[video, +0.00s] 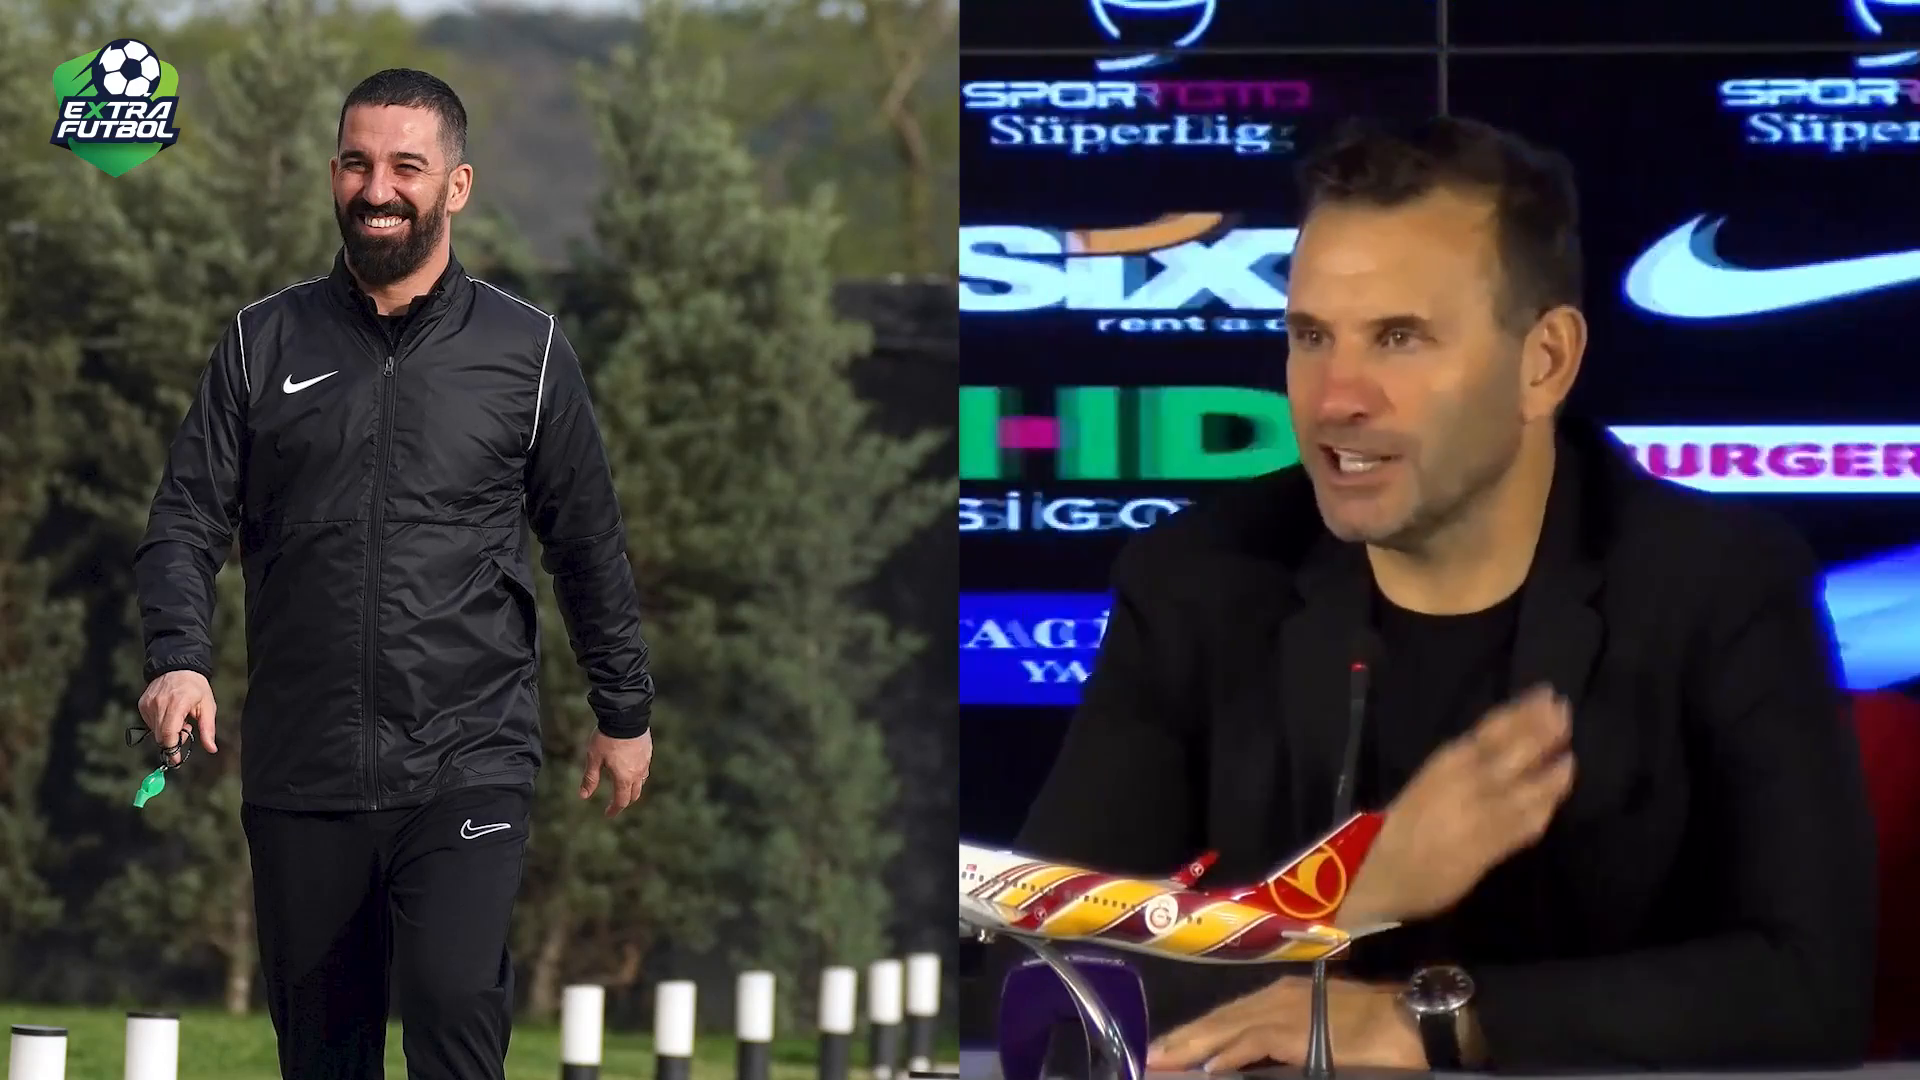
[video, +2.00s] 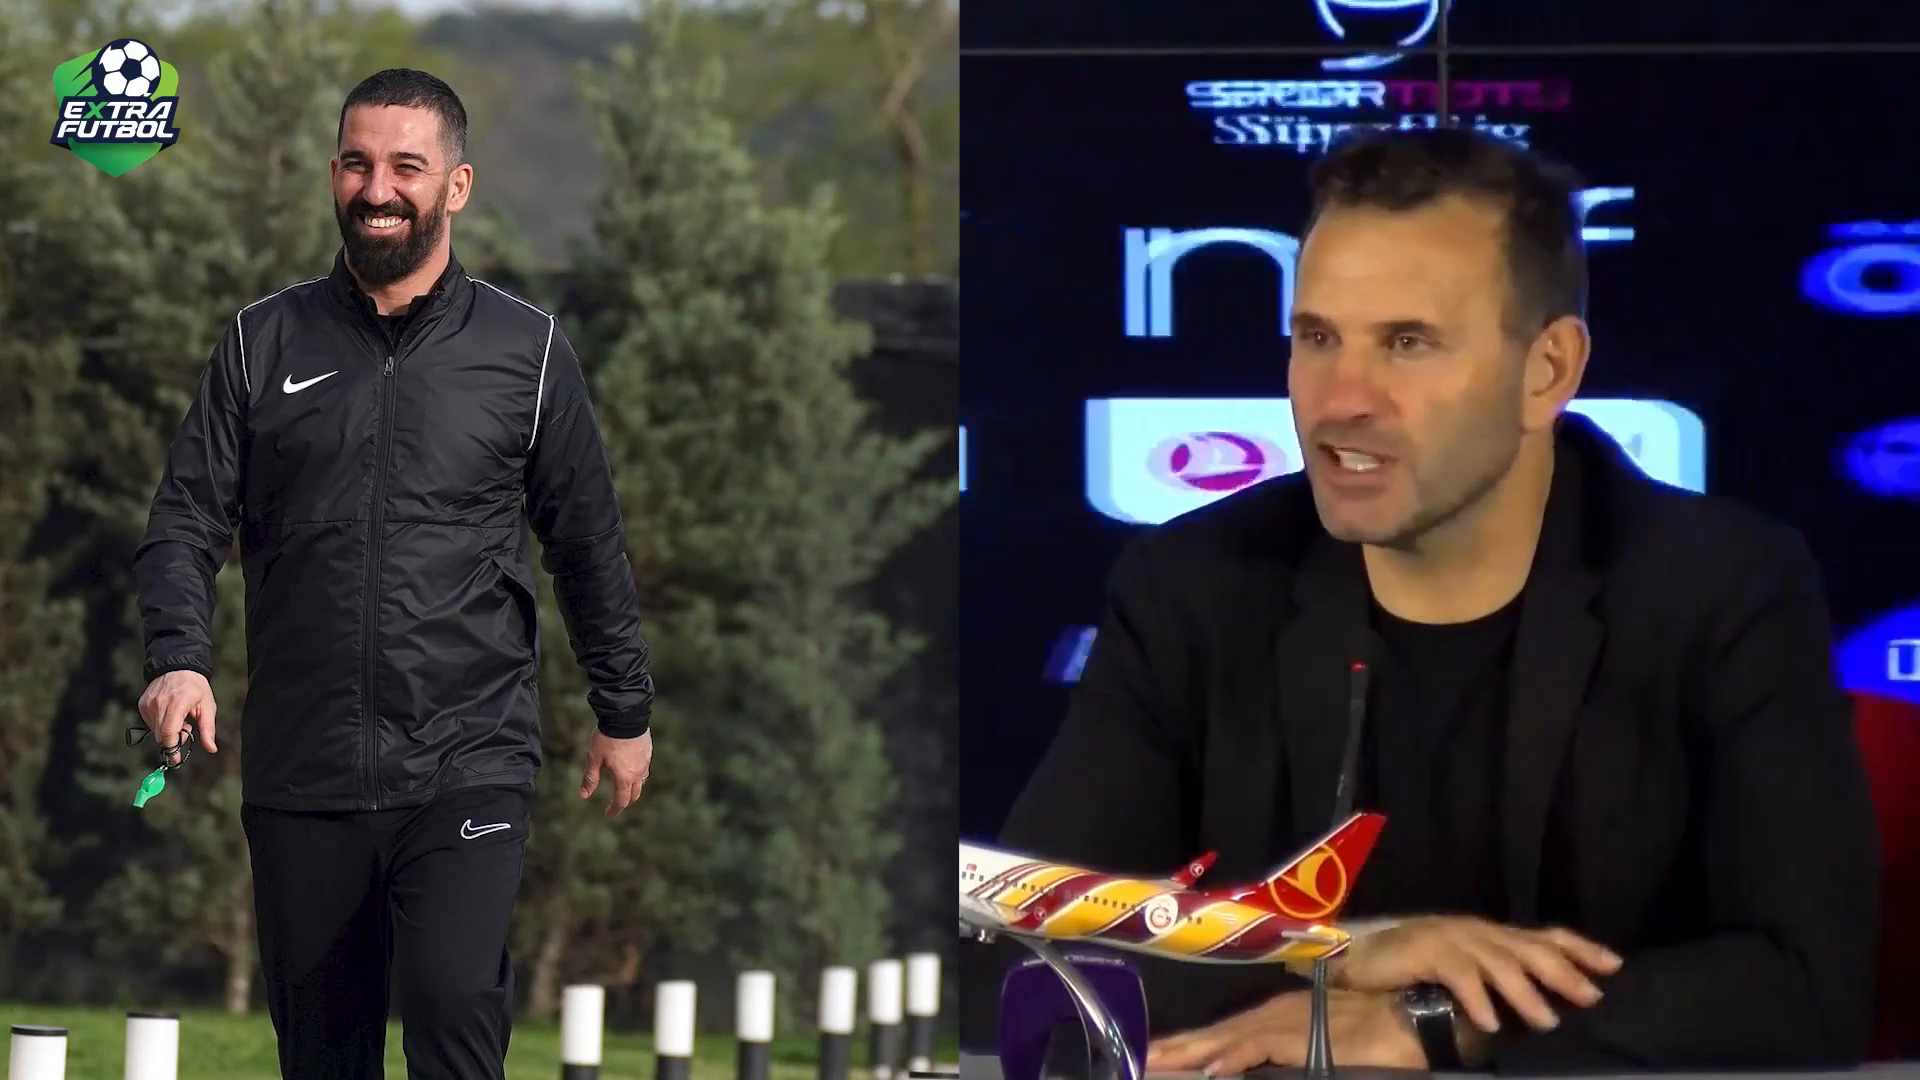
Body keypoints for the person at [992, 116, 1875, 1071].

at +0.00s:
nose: (1335, 394)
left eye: (1399, 338)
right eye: (1310, 336)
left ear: (1545, 362)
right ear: (1285, 345)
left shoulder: (1723, 591)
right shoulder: (1199, 583)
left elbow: (1813, 992)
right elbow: (1043, 966)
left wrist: (1430, 1021)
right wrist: (1358, 887)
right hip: (1260, 1078)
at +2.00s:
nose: (1338, 396)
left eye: (1407, 344)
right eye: (1316, 338)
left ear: (1550, 371)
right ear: (1290, 342)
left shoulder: (1724, 590)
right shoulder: (1189, 586)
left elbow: (1807, 989)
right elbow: (1029, 963)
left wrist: (1428, 1027)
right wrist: (1328, 958)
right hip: (1247, 1073)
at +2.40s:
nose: (1332, 397)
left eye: (1401, 343)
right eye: (1310, 337)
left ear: (1546, 370)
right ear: (1285, 341)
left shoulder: (1721, 595)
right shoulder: (1183, 591)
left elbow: (1808, 990)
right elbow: (1024, 964)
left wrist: (1420, 1029)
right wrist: (1329, 960)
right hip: (1246, 1075)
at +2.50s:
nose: (1329, 398)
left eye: (1397, 344)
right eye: (1308, 339)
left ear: (1543, 368)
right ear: (1282, 342)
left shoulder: (1718, 593)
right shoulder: (1181, 592)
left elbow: (1808, 990)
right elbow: (1031, 983)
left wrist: (1438, 1030)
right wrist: (1363, 947)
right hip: (1247, 1077)